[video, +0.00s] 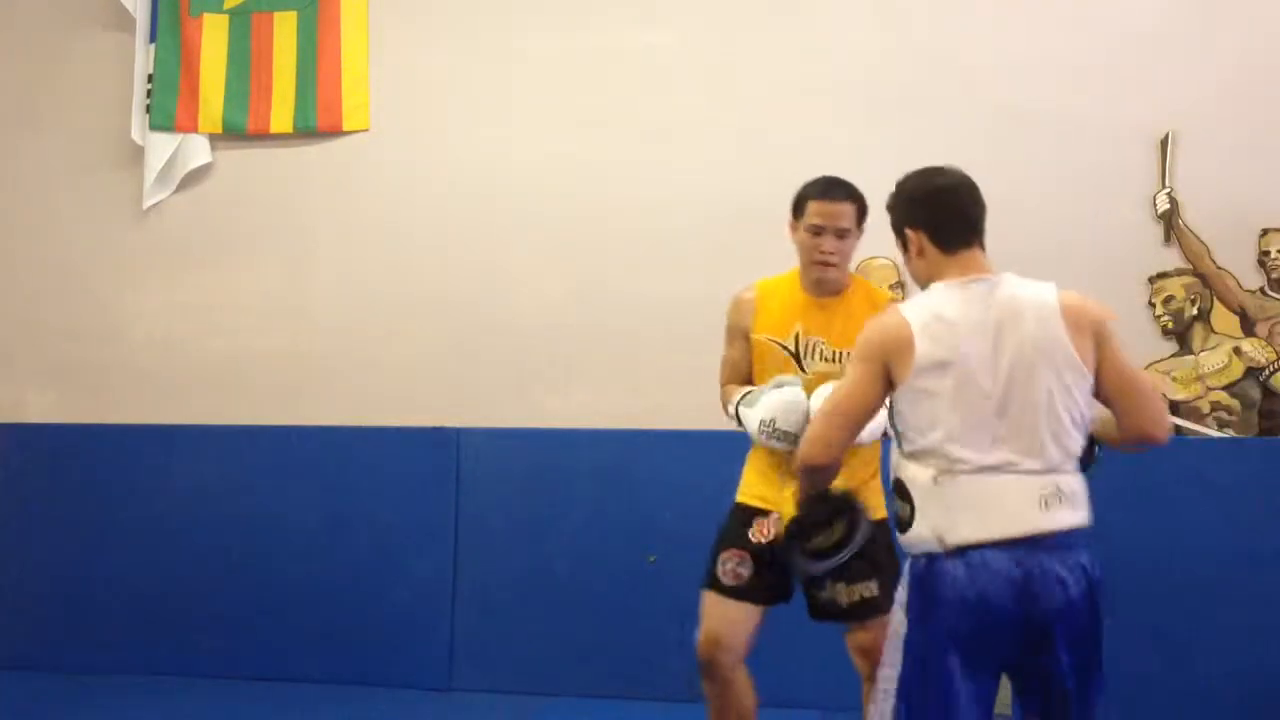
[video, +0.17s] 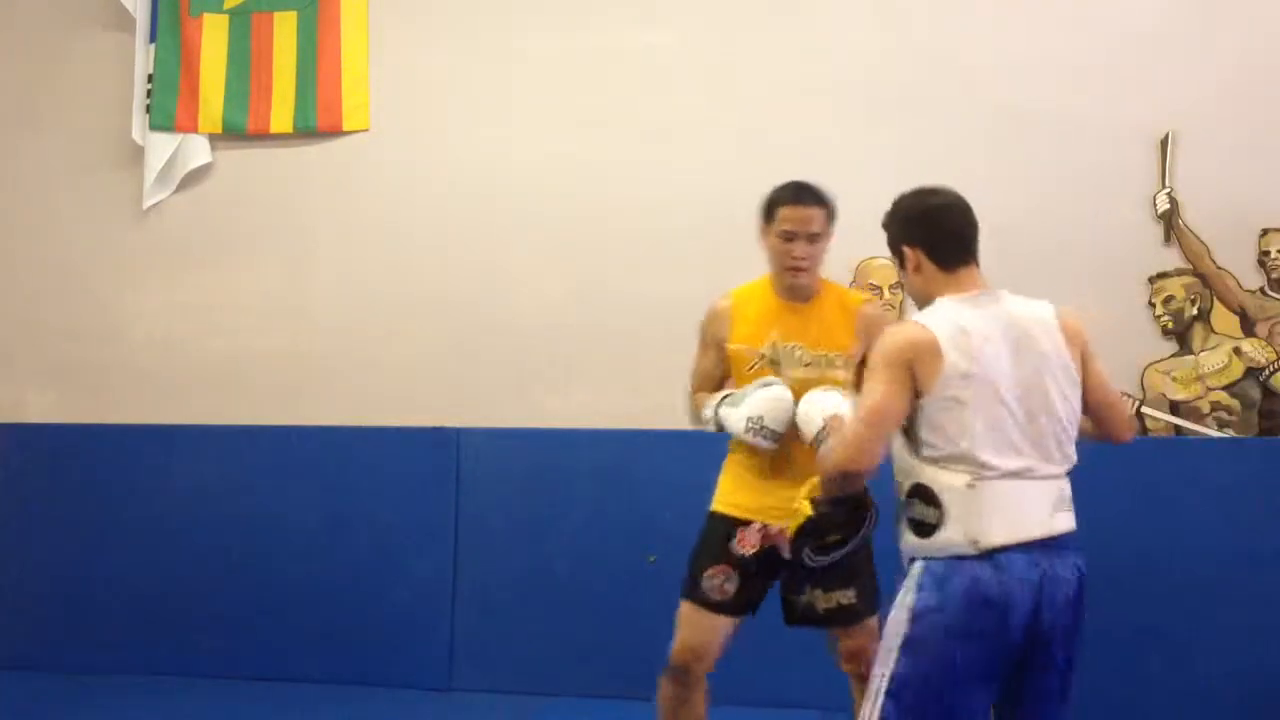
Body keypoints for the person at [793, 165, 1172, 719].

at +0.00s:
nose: (904, 260)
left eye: (900, 246)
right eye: (901, 246)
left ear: (915, 242)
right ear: (978, 226)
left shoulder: (894, 332)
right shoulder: (1075, 313)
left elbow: (817, 456)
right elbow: (1151, 426)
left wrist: (811, 491)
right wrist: (1074, 420)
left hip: (953, 574)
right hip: (1062, 566)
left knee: (935, 709)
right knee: (1066, 709)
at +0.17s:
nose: (901, 275)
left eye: (898, 261)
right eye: (898, 261)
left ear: (913, 259)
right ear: (971, 243)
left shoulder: (909, 341)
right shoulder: (1059, 325)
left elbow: (856, 458)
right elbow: (1120, 426)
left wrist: (831, 428)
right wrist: (1044, 406)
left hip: (958, 582)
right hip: (1056, 571)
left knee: (900, 709)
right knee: (1037, 711)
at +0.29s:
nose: (897, 282)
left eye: (896, 266)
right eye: (894, 267)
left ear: (919, 264)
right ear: (970, 251)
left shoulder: (937, 337)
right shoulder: (1035, 319)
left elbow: (908, 449)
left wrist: (849, 486)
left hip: (982, 564)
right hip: (1060, 555)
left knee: (927, 707)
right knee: (1027, 708)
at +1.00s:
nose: (861, 275)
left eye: (871, 261)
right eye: (862, 261)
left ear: (916, 266)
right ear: (915, 268)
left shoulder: (933, 337)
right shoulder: (957, 322)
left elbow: (931, 454)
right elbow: (959, 432)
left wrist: (845, 438)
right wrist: (884, 417)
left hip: (977, 541)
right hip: (1006, 533)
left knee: (927, 702)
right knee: (987, 692)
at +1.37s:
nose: (850, 286)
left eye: (860, 271)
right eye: (850, 271)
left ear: (907, 275)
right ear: (905, 277)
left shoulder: (931, 344)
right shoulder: (918, 337)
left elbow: (917, 460)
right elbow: (889, 433)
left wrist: (823, 455)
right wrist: (810, 443)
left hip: (954, 543)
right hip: (980, 539)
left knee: (887, 709)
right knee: (987, 702)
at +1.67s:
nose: (780, 301)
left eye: (791, 287)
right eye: (780, 287)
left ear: (837, 292)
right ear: (834, 295)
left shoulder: (865, 363)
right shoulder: (835, 356)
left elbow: (864, 486)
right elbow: (822, 457)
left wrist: (769, 503)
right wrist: (758, 487)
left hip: (920, 551)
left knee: (844, 708)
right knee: (929, 691)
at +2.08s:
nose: (744, 294)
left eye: (752, 279)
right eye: (743, 280)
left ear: (799, 280)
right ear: (798, 281)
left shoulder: (841, 346)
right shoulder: (811, 344)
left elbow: (828, 462)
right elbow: (792, 434)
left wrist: (733, 432)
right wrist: (718, 435)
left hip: (886, 546)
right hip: (880, 541)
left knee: (827, 708)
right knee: (921, 685)